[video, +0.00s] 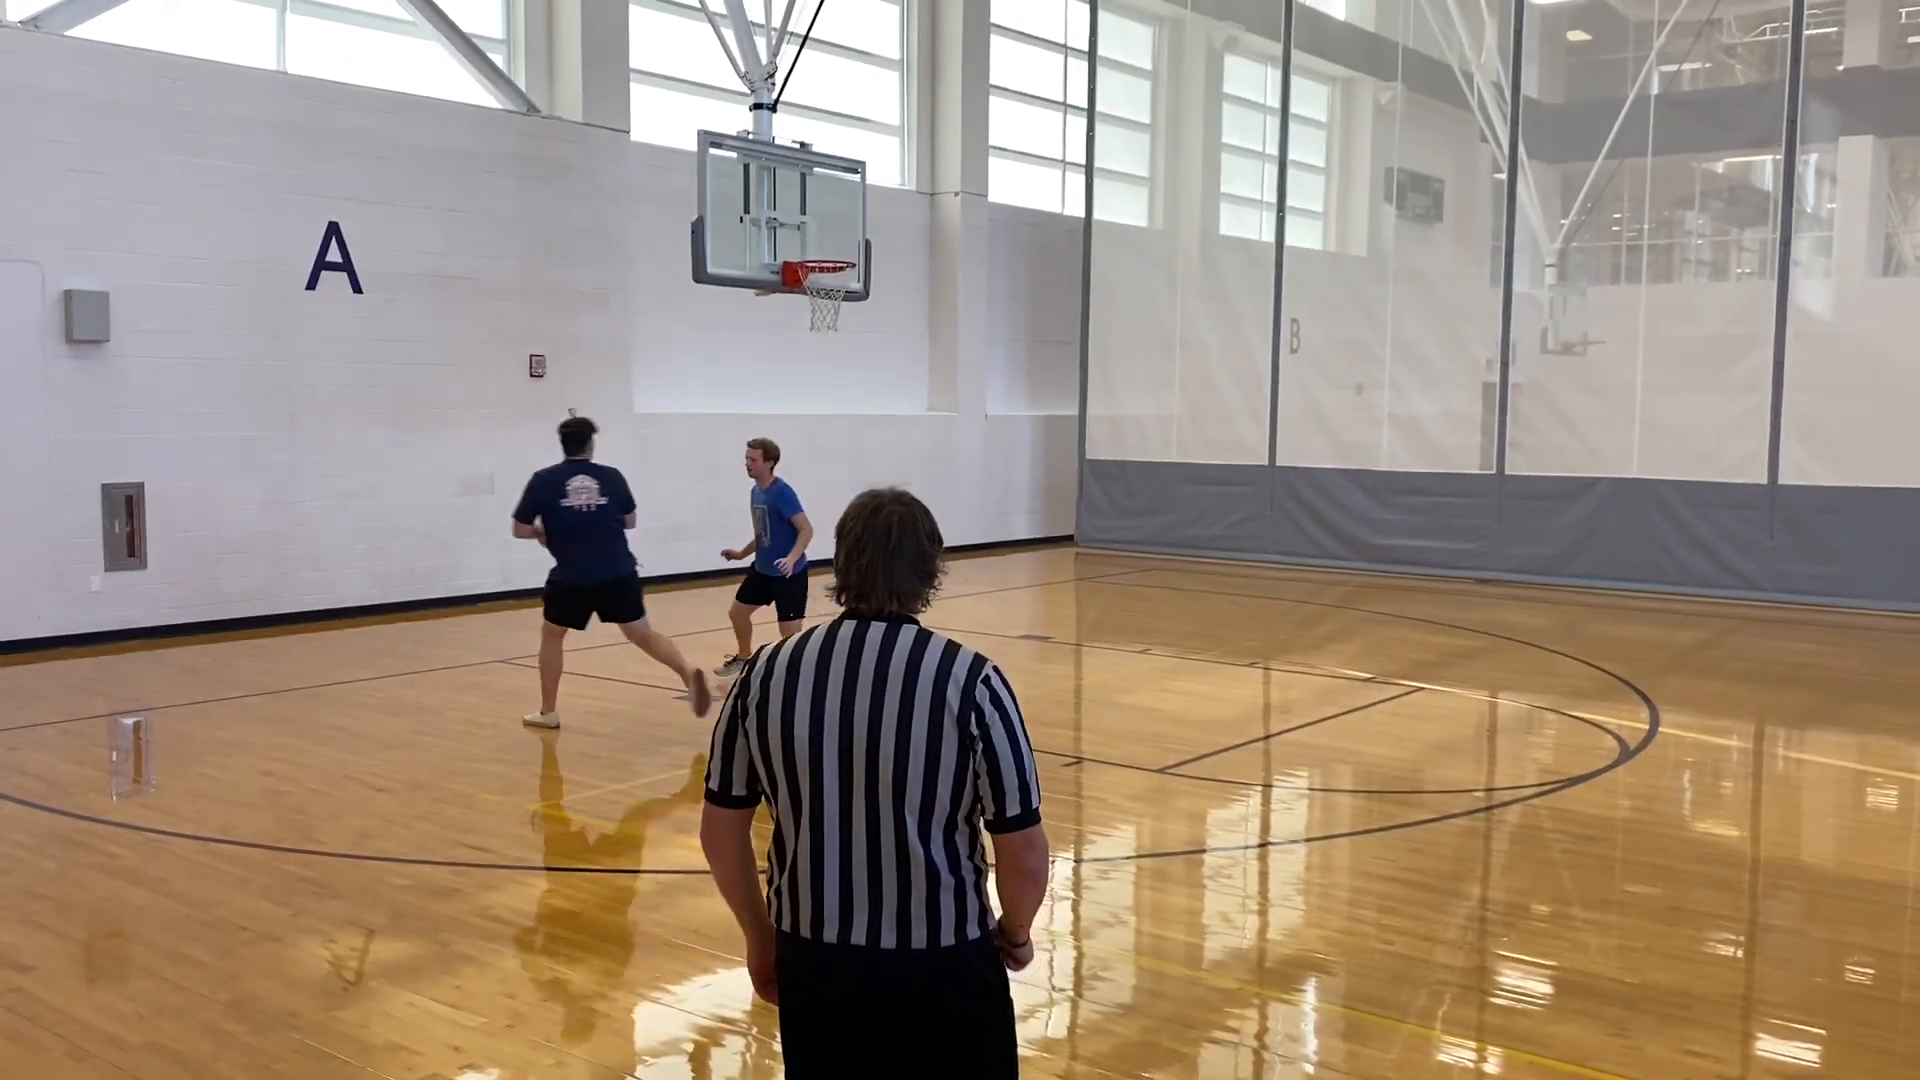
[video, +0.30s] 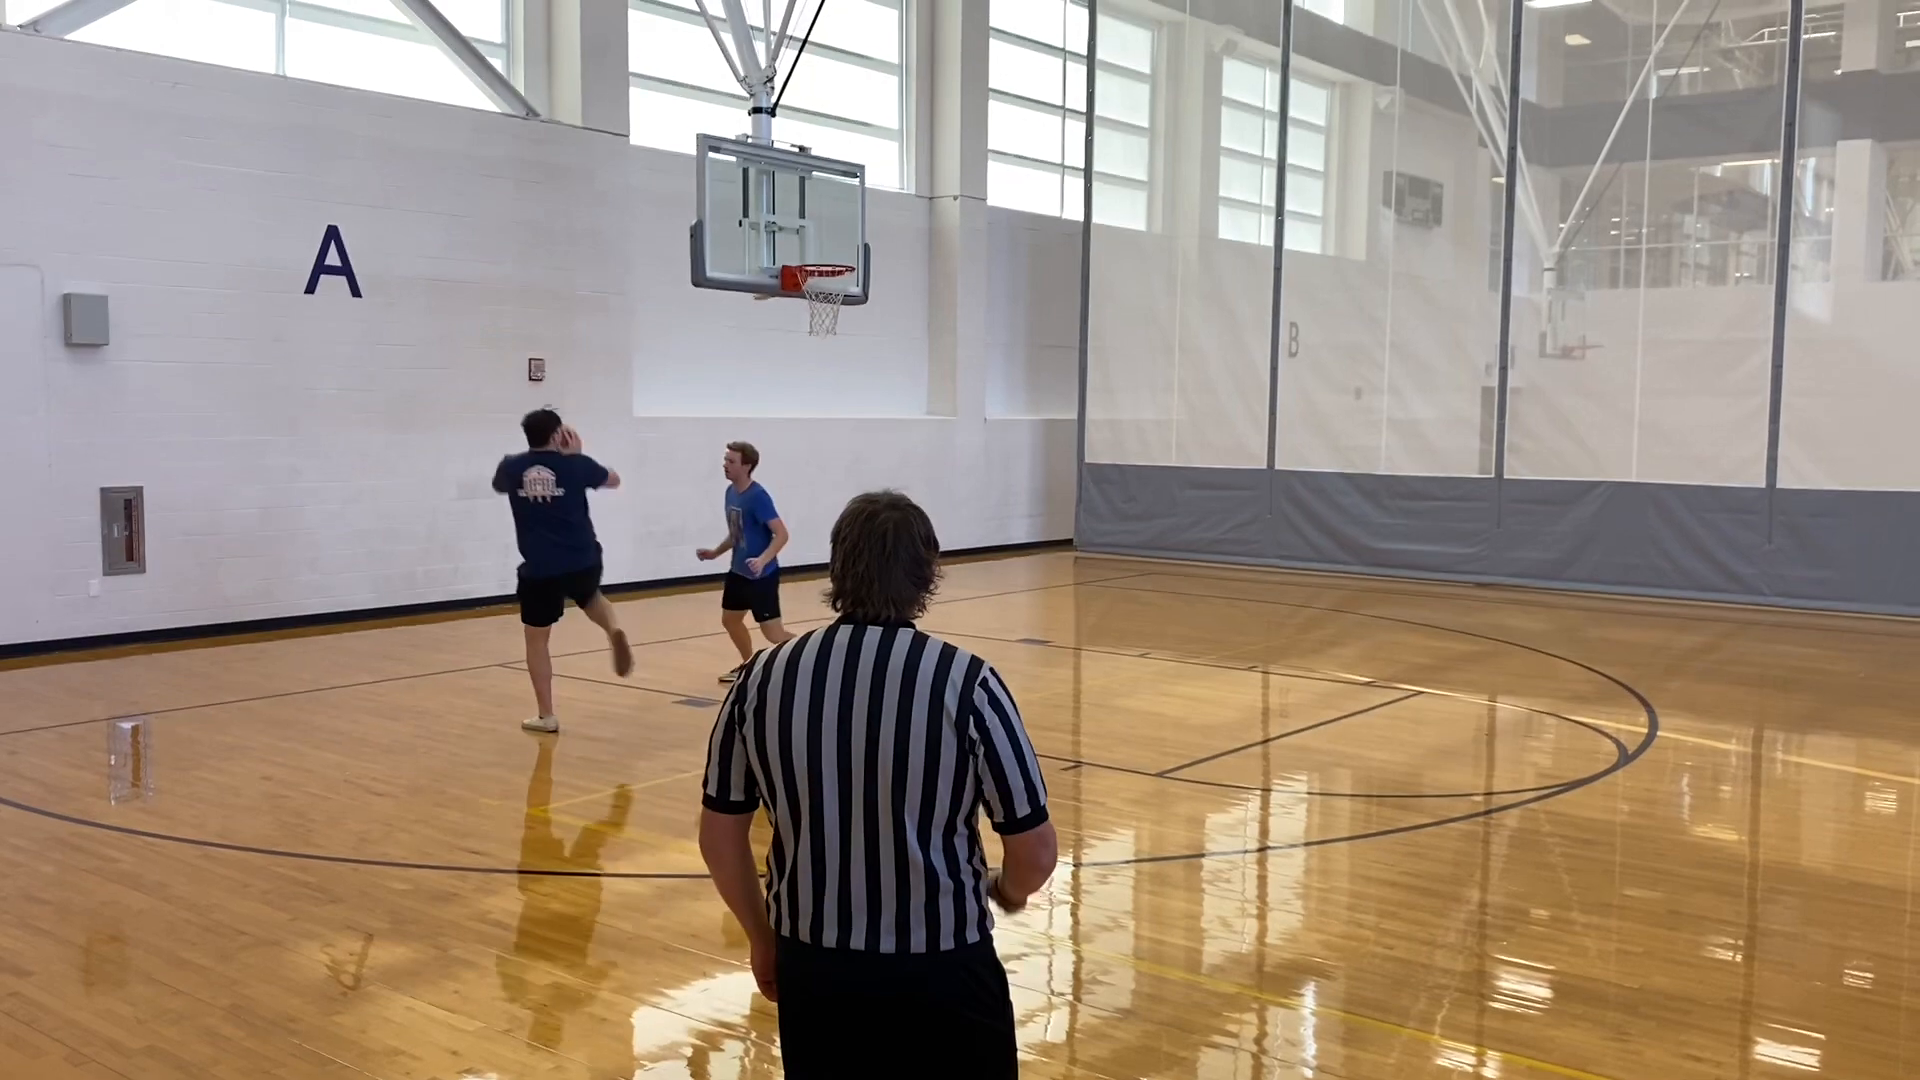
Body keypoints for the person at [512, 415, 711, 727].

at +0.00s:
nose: (589, 446)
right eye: (591, 441)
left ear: (562, 445)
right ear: (591, 444)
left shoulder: (543, 480)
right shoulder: (611, 476)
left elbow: (520, 529)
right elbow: (630, 521)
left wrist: (548, 529)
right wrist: (595, 517)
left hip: (571, 577)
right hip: (618, 574)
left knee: (552, 638)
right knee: (643, 634)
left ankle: (548, 711)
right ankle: (689, 673)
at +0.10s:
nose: (582, 444)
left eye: (578, 439)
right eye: (581, 439)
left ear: (550, 444)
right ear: (578, 443)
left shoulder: (530, 479)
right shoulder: (597, 474)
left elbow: (507, 521)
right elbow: (621, 512)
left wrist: (538, 511)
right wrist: (588, 509)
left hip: (559, 577)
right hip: (605, 574)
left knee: (544, 638)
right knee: (625, 625)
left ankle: (547, 715)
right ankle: (663, 658)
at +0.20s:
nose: (572, 442)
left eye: (569, 437)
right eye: (570, 438)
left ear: (538, 442)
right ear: (566, 442)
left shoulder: (520, 474)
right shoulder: (584, 470)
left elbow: (501, 507)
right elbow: (618, 499)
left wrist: (528, 486)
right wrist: (584, 484)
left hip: (549, 576)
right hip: (594, 570)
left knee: (540, 642)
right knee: (609, 614)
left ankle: (547, 716)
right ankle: (638, 644)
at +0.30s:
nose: (563, 434)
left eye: (561, 430)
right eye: (561, 430)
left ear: (527, 437)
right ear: (557, 436)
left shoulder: (512, 466)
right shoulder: (575, 464)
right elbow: (613, 480)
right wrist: (577, 456)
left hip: (540, 570)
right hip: (583, 564)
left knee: (537, 642)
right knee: (590, 598)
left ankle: (547, 716)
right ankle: (614, 632)